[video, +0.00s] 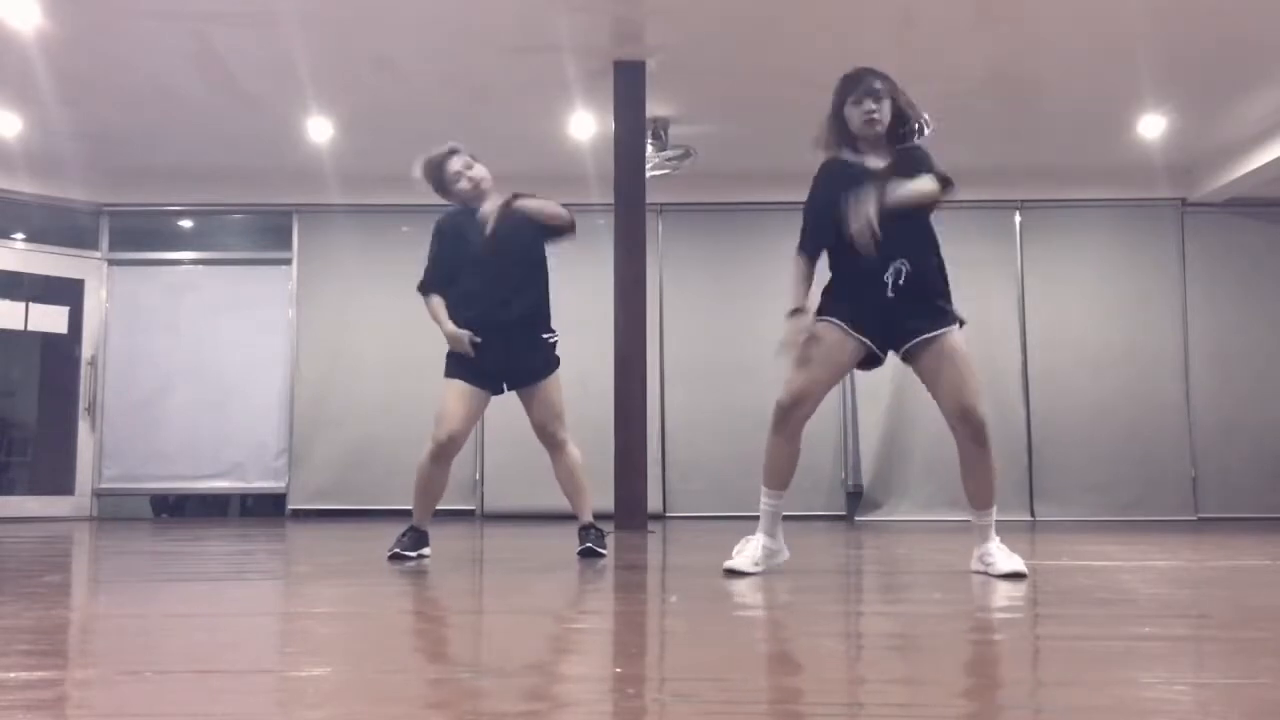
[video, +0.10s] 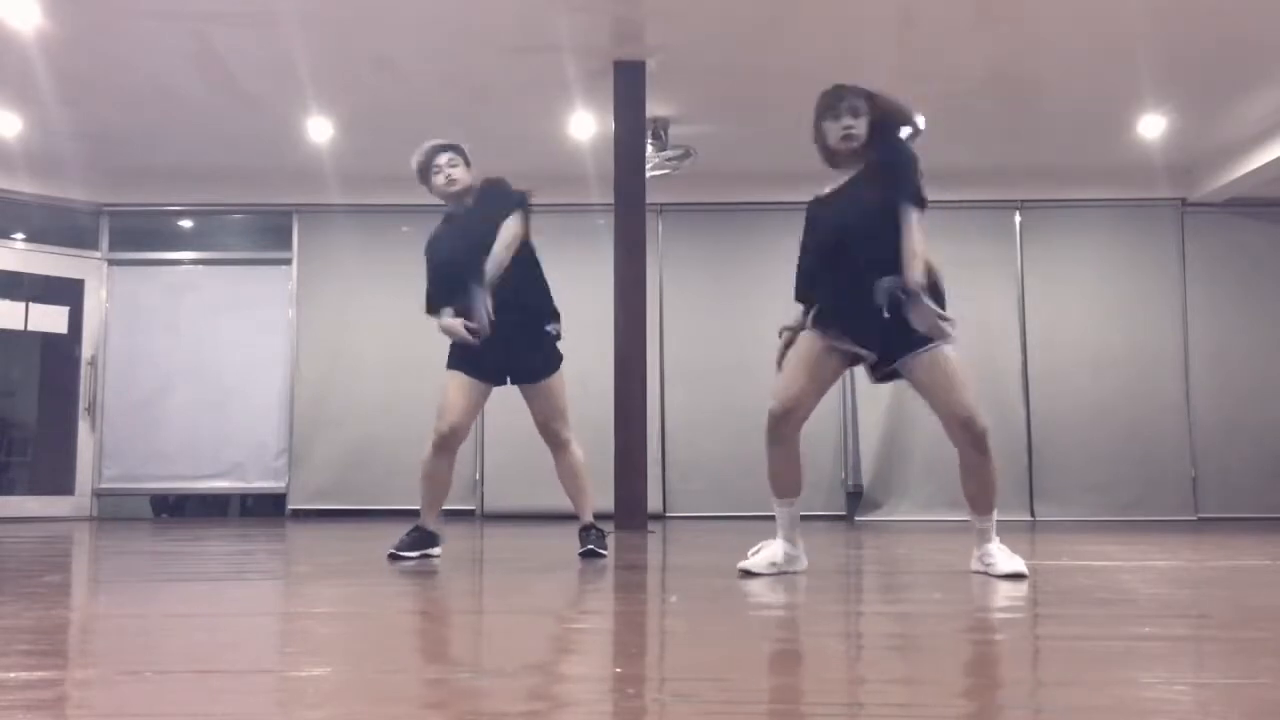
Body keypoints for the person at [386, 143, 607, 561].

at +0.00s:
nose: (470, 176)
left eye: (470, 165)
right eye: (457, 178)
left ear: (483, 164)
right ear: (449, 195)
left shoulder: (523, 212)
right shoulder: (450, 227)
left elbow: (564, 220)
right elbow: (431, 287)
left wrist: (512, 204)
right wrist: (449, 328)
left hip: (529, 342)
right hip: (473, 347)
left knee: (554, 434)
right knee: (445, 439)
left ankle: (588, 527)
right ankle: (417, 531)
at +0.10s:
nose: (446, 172)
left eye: (453, 164)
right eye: (436, 171)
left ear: (470, 170)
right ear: (430, 188)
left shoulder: (496, 192)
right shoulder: (440, 241)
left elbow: (514, 230)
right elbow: (438, 300)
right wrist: (447, 321)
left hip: (528, 331)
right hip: (475, 339)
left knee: (557, 432)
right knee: (447, 431)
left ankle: (589, 526)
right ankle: (426, 530)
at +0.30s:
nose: (439, 171)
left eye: (447, 163)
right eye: (431, 167)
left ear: (467, 169)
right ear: (426, 179)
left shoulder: (470, 201)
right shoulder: (443, 222)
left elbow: (491, 234)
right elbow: (429, 274)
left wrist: (475, 290)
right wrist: (416, 305)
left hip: (485, 329)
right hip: (450, 334)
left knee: (505, 427)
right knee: (420, 429)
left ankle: (584, 502)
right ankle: (433, 532)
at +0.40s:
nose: (432, 166)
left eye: (440, 159)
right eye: (424, 164)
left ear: (459, 166)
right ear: (418, 176)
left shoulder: (471, 197)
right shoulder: (419, 221)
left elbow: (493, 180)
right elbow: (392, 232)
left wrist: (453, 185)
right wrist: (371, 238)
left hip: (473, 314)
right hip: (436, 316)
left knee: (454, 405)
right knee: (416, 426)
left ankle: (517, 500)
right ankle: (433, 530)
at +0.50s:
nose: (429, 158)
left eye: (438, 150)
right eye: (421, 155)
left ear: (459, 160)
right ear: (416, 168)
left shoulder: (465, 200)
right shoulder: (416, 216)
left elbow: (474, 178)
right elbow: (383, 248)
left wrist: (481, 139)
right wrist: (398, 212)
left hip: (468, 315)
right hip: (432, 320)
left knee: (424, 385)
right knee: (422, 417)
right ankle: (434, 527)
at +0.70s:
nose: (422, 167)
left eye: (430, 159)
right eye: (414, 164)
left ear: (453, 165)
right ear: (411, 177)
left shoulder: (469, 202)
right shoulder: (421, 221)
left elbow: (484, 181)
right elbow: (396, 253)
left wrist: (469, 135)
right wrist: (363, 220)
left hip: (440, 320)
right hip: (413, 324)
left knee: (395, 410)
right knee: (388, 434)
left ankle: (403, 523)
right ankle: (434, 532)